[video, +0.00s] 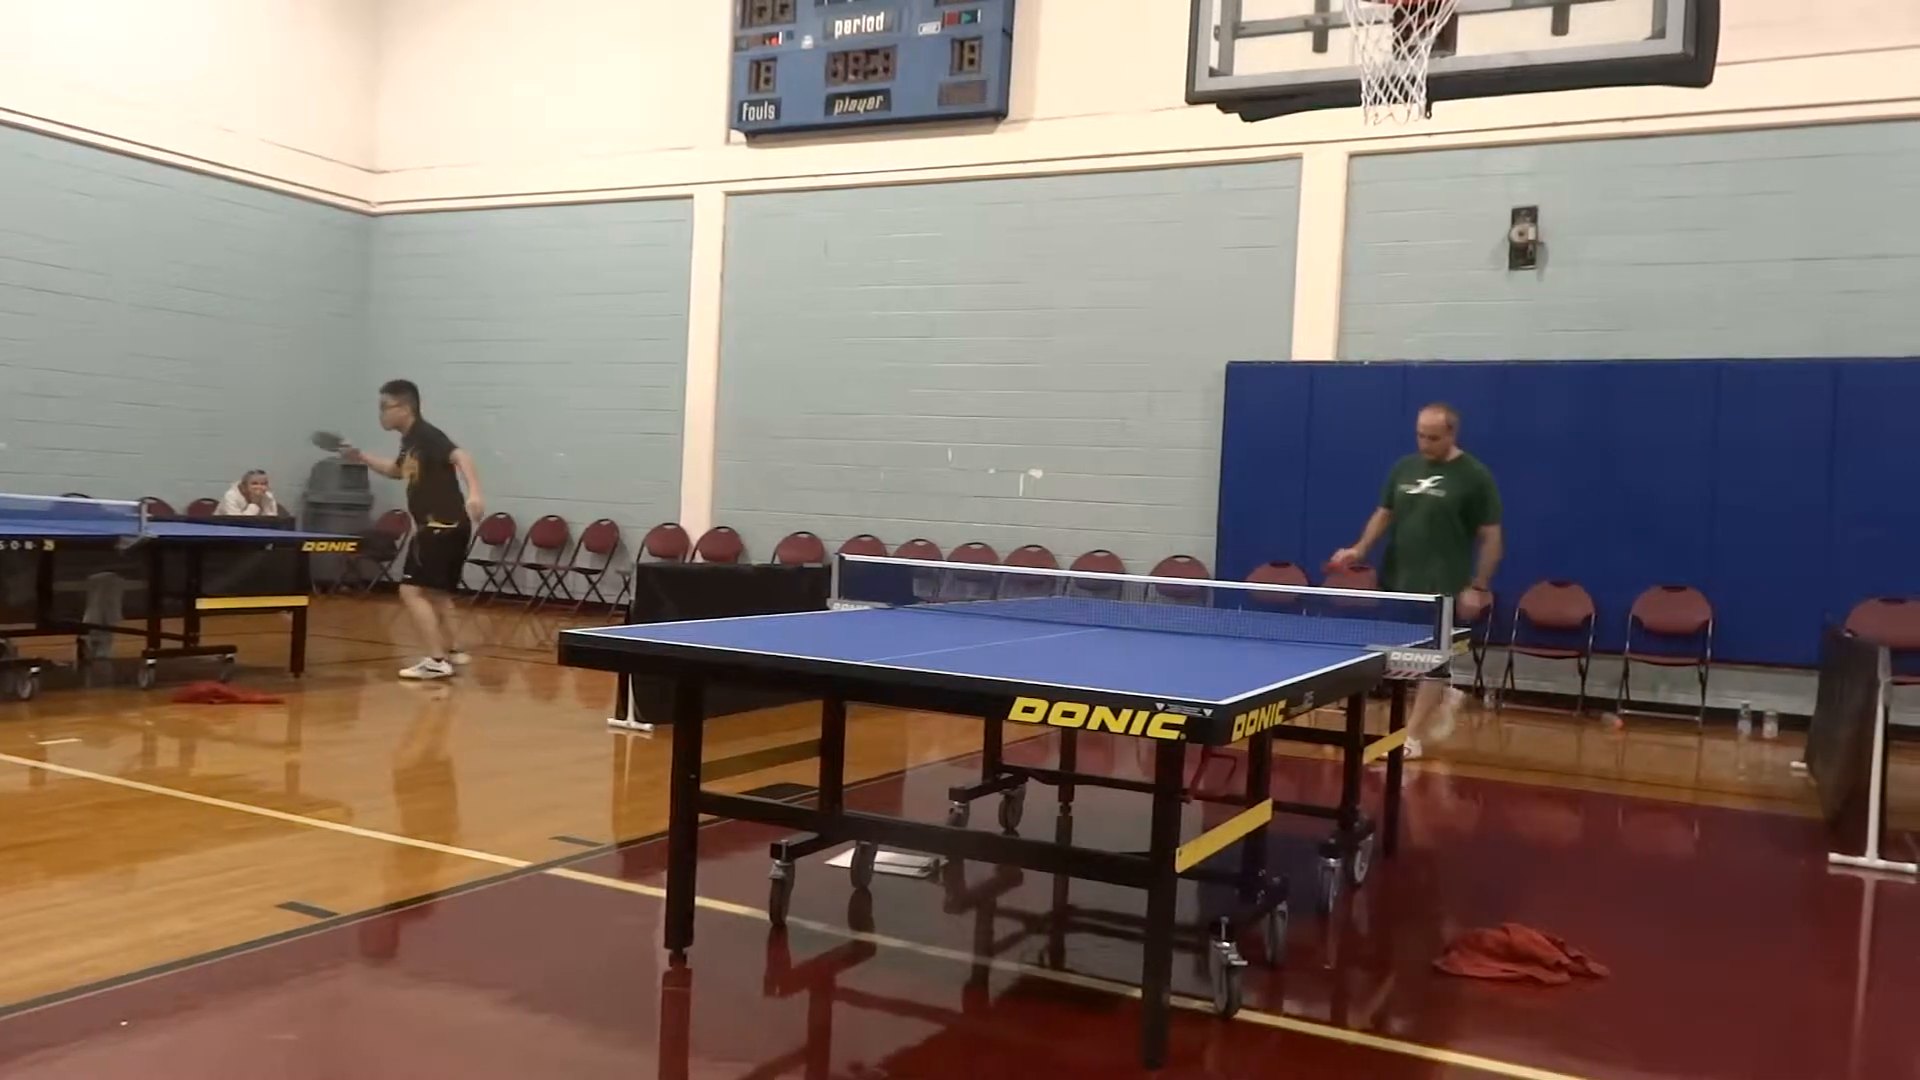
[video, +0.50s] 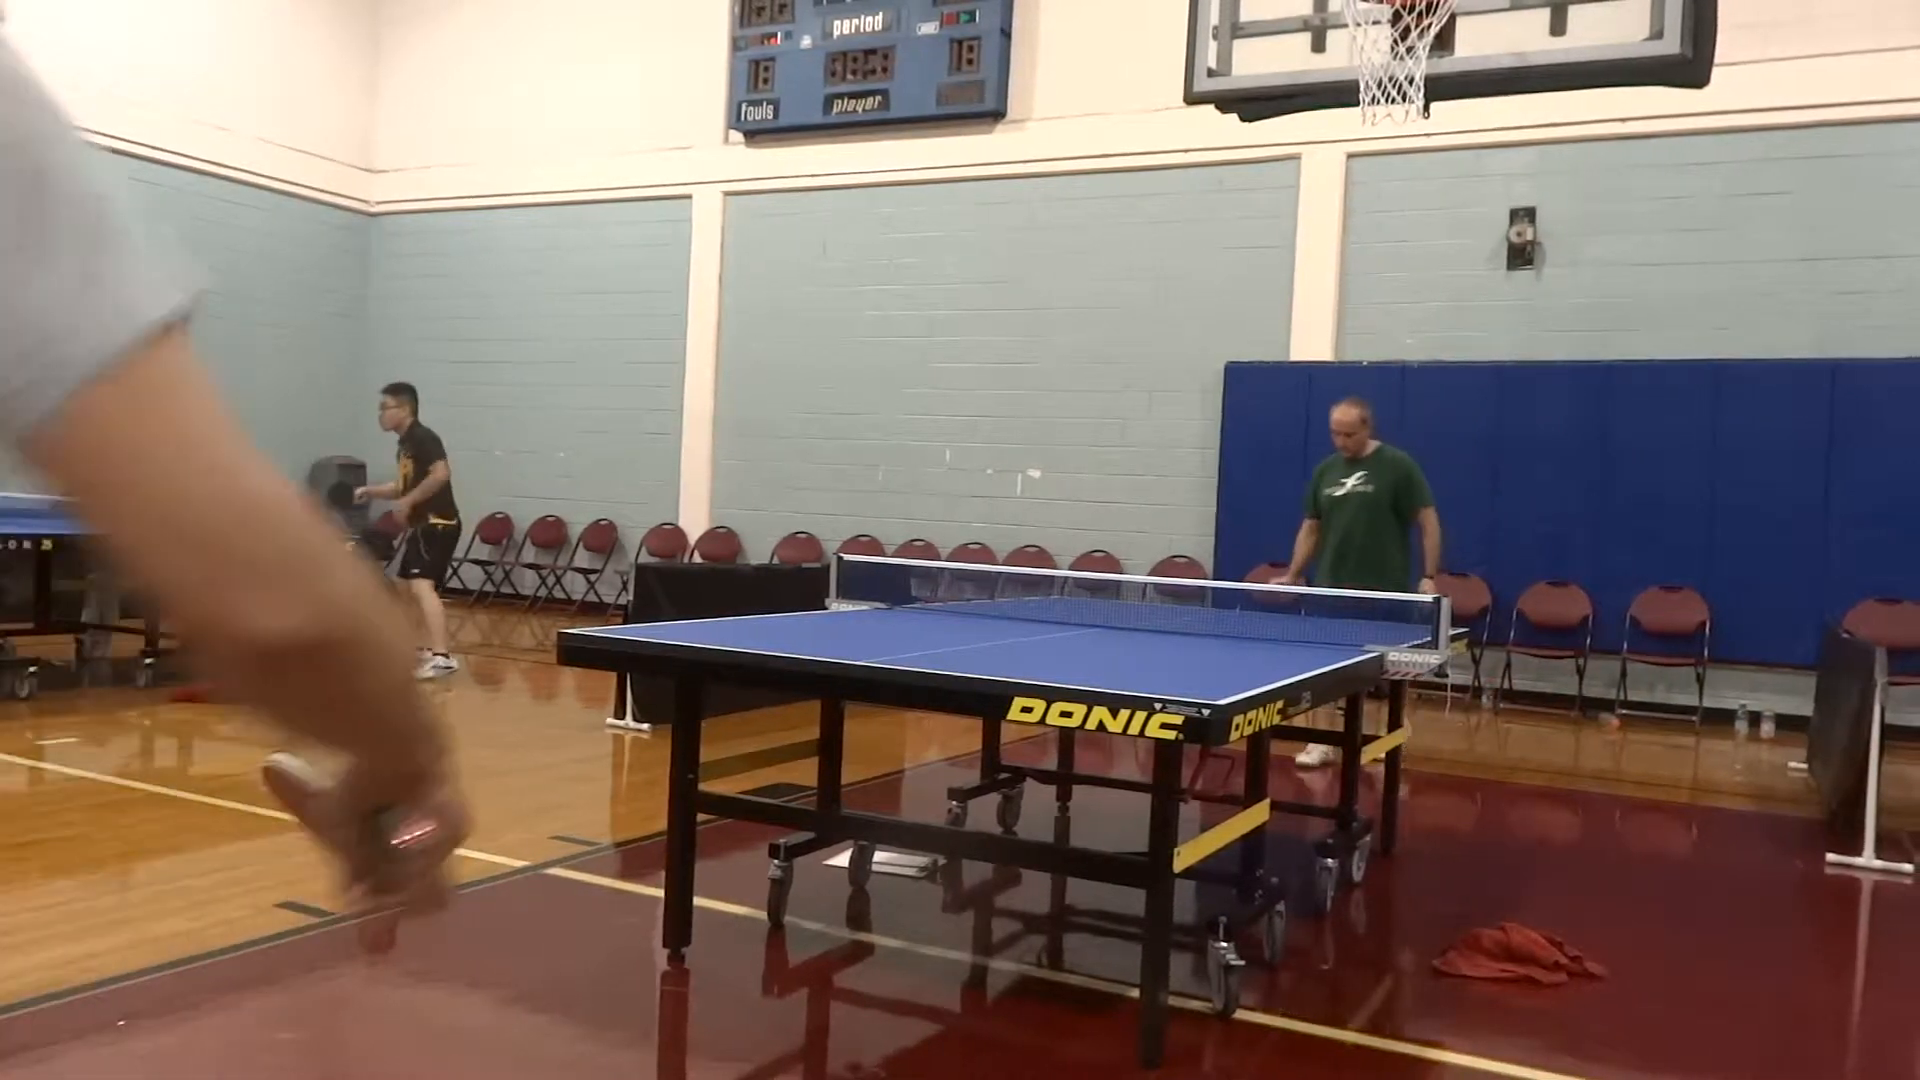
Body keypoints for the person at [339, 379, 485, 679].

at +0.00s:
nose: (381, 412)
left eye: (386, 407)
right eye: (381, 406)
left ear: (406, 408)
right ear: (400, 408)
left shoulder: (427, 434)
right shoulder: (410, 439)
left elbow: (460, 457)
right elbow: (398, 471)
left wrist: (475, 494)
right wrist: (363, 458)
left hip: (441, 525)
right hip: (438, 525)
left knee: (410, 590)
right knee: (438, 592)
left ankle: (438, 659)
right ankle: (453, 651)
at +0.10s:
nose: (379, 415)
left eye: (385, 409)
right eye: (380, 409)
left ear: (405, 411)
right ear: (397, 412)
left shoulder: (425, 437)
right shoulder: (405, 444)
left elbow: (461, 464)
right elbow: (397, 482)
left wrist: (471, 504)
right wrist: (359, 474)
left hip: (439, 526)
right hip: (426, 526)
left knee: (407, 589)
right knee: (419, 592)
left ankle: (436, 658)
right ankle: (424, 649)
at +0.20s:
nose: (380, 421)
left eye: (385, 416)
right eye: (380, 415)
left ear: (405, 418)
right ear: (394, 419)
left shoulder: (426, 445)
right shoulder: (402, 453)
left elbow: (460, 475)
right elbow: (396, 493)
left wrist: (457, 518)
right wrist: (358, 495)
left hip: (434, 532)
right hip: (417, 532)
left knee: (406, 591)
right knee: (409, 593)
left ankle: (437, 658)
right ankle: (420, 650)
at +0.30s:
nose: (380, 417)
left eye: (386, 411)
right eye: (380, 411)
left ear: (405, 413)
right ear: (392, 415)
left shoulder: (427, 441)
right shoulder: (400, 450)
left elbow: (457, 476)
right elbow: (398, 491)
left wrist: (439, 515)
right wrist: (366, 501)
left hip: (438, 525)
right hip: (418, 525)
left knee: (411, 585)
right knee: (402, 585)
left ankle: (436, 658)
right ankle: (419, 649)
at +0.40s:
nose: (380, 411)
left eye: (386, 405)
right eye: (380, 405)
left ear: (406, 407)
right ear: (394, 408)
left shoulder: (426, 434)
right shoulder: (402, 441)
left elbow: (451, 468)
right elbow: (400, 484)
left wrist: (424, 504)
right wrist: (371, 492)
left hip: (439, 520)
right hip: (420, 518)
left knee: (419, 582)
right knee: (408, 583)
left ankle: (436, 654)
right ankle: (419, 647)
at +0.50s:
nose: (381, 414)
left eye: (386, 408)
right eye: (381, 408)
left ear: (406, 410)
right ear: (397, 411)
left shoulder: (423, 437)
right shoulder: (405, 443)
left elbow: (440, 473)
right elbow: (403, 487)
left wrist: (407, 503)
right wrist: (369, 491)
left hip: (440, 524)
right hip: (423, 523)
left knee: (422, 582)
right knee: (406, 581)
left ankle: (442, 655)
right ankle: (428, 648)